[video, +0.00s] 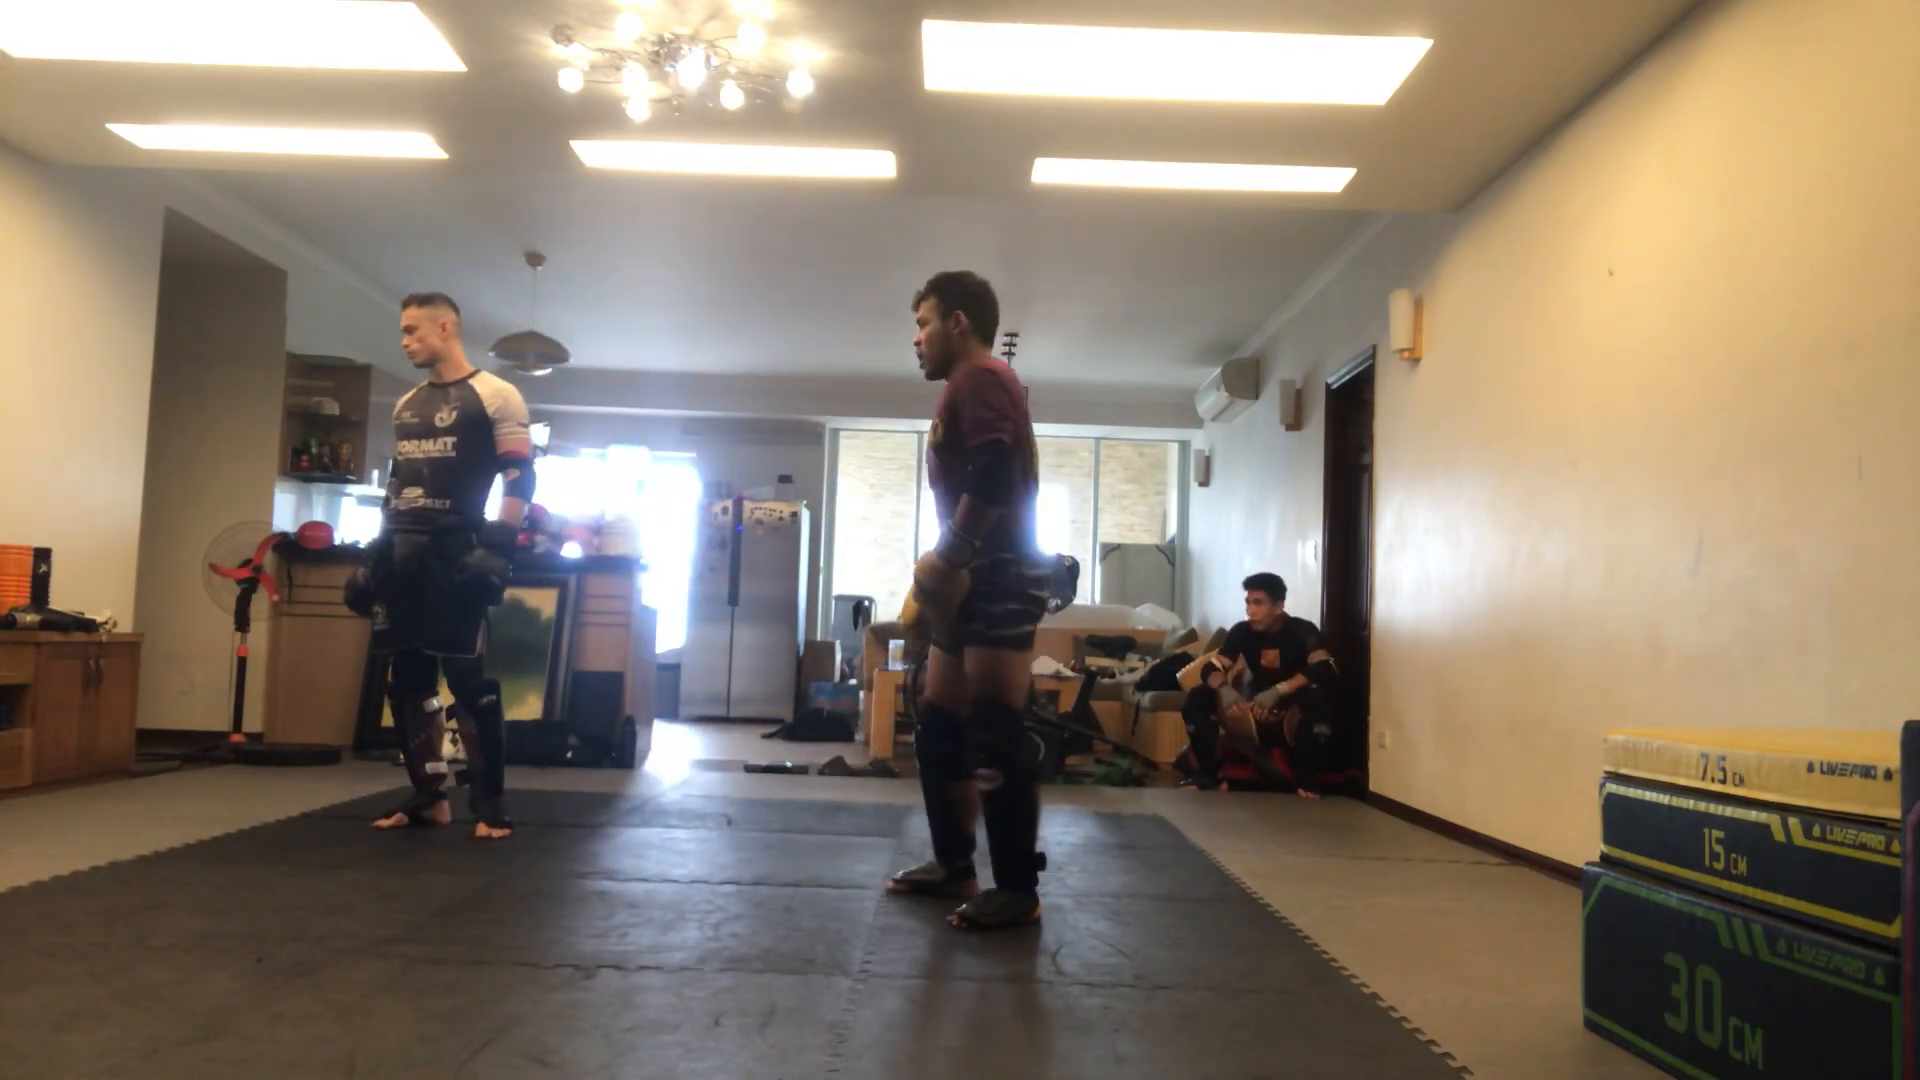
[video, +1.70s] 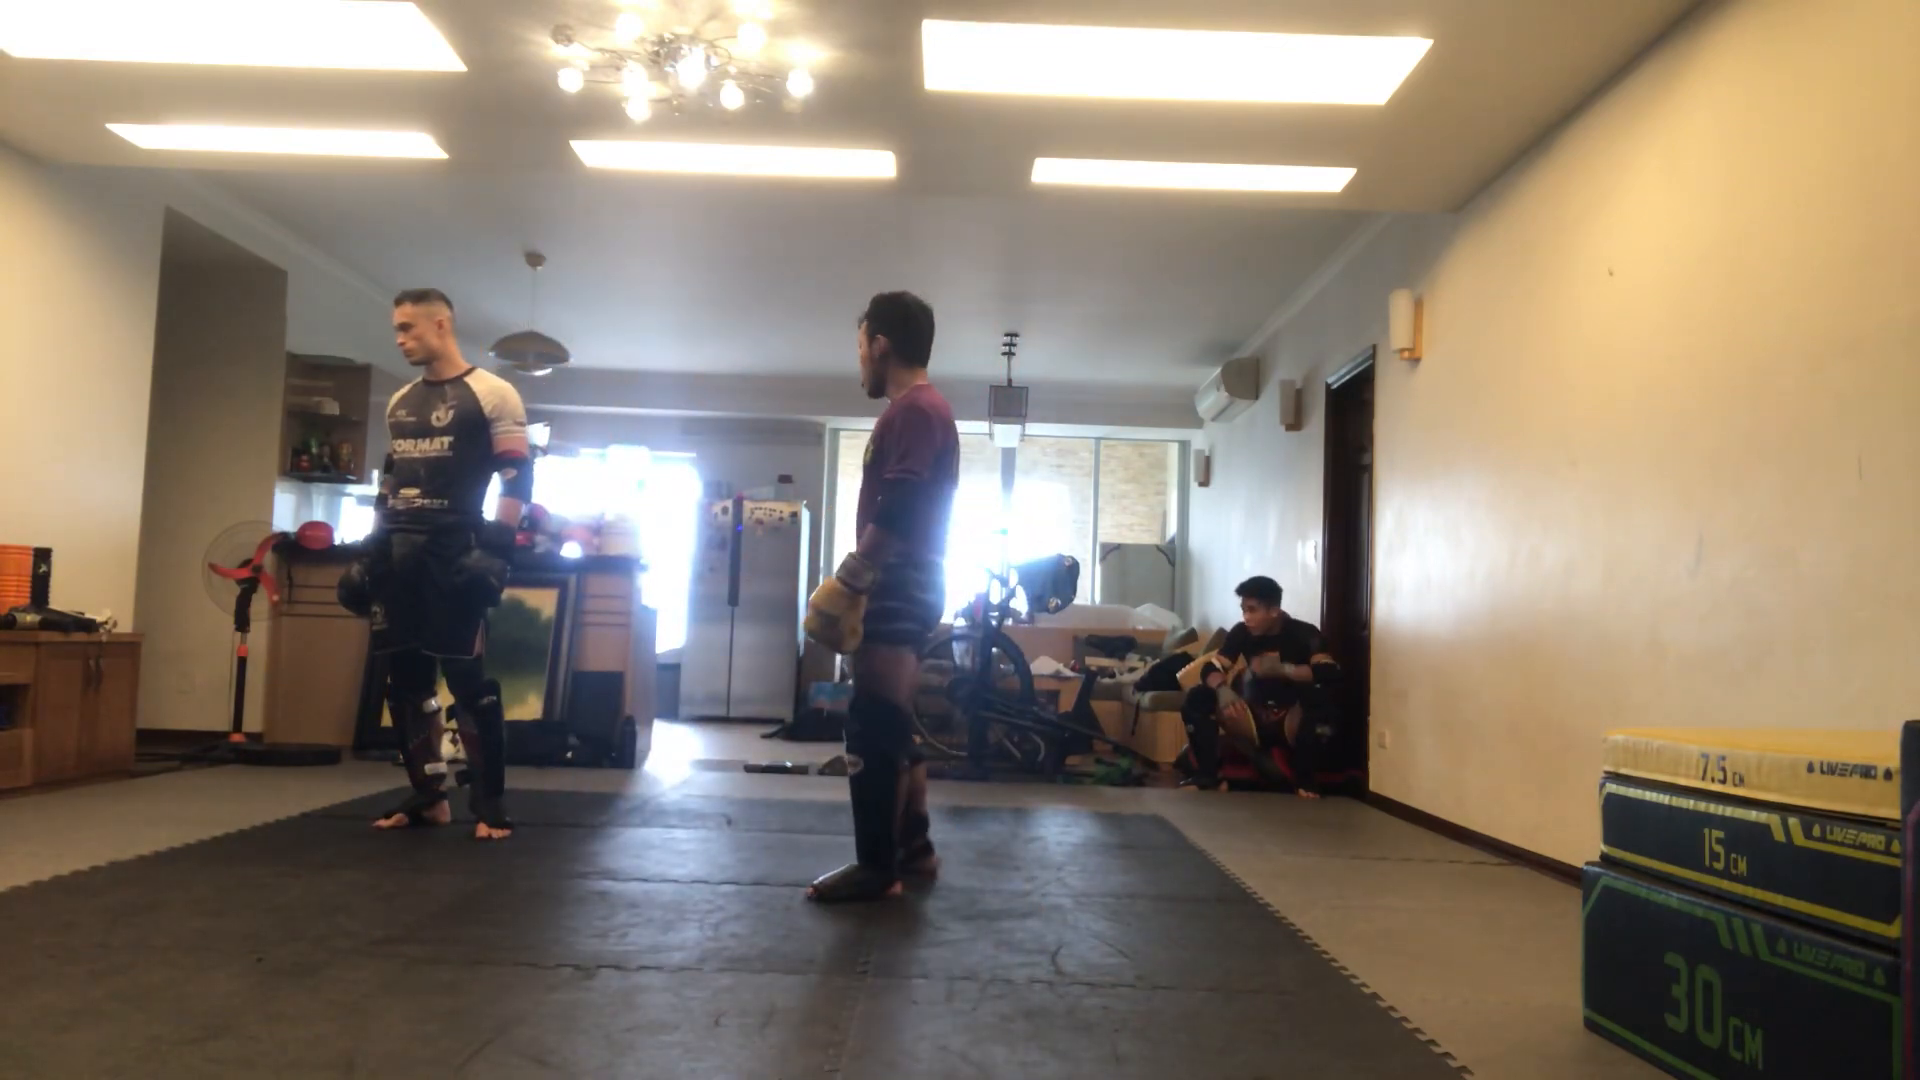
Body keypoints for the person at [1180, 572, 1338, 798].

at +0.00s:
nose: (1250, 610)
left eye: (1257, 603)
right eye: (1248, 603)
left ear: (1279, 605)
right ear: (1245, 603)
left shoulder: (1303, 631)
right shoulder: (1242, 632)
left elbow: (1324, 667)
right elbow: (1211, 669)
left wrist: (1277, 691)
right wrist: (1224, 689)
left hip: (1294, 708)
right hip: (1252, 708)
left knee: (1317, 704)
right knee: (1197, 699)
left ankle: (1307, 781)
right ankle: (1208, 775)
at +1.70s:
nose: (1245, 617)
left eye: (1251, 610)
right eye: (1243, 610)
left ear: (1274, 610)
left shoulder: (1304, 633)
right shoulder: (1242, 633)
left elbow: (1330, 671)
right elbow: (1211, 668)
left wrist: (1281, 669)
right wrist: (1223, 691)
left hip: (1292, 720)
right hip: (1250, 719)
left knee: (1320, 704)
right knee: (1198, 698)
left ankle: (1306, 781)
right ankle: (1208, 777)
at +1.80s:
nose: (1245, 619)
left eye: (1251, 612)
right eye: (1243, 612)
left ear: (1274, 611)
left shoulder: (1305, 633)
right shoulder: (1242, 633)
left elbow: (1324, 674)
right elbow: (1211, 669)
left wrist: (1278, 647)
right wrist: (1224, 691)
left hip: (1294, 720)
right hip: (1252, 719)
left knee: (1320, 699)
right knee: (1198, 698)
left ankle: (1306, 781)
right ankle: (1208, 777)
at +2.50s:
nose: (1246, 620)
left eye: (1252, 613)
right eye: (1243, 613)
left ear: (1273, 609)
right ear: (1240, 610)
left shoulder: (1304, 632)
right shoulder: (1241, 632)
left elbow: (1314, 675)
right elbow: (1210, 669)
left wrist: (1276, 637)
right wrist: (1222, 690)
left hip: (1291, 720)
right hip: (1251, 719)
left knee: (1317, 696)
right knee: (1198, 698)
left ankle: (1305, 780)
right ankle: (1207, 776)